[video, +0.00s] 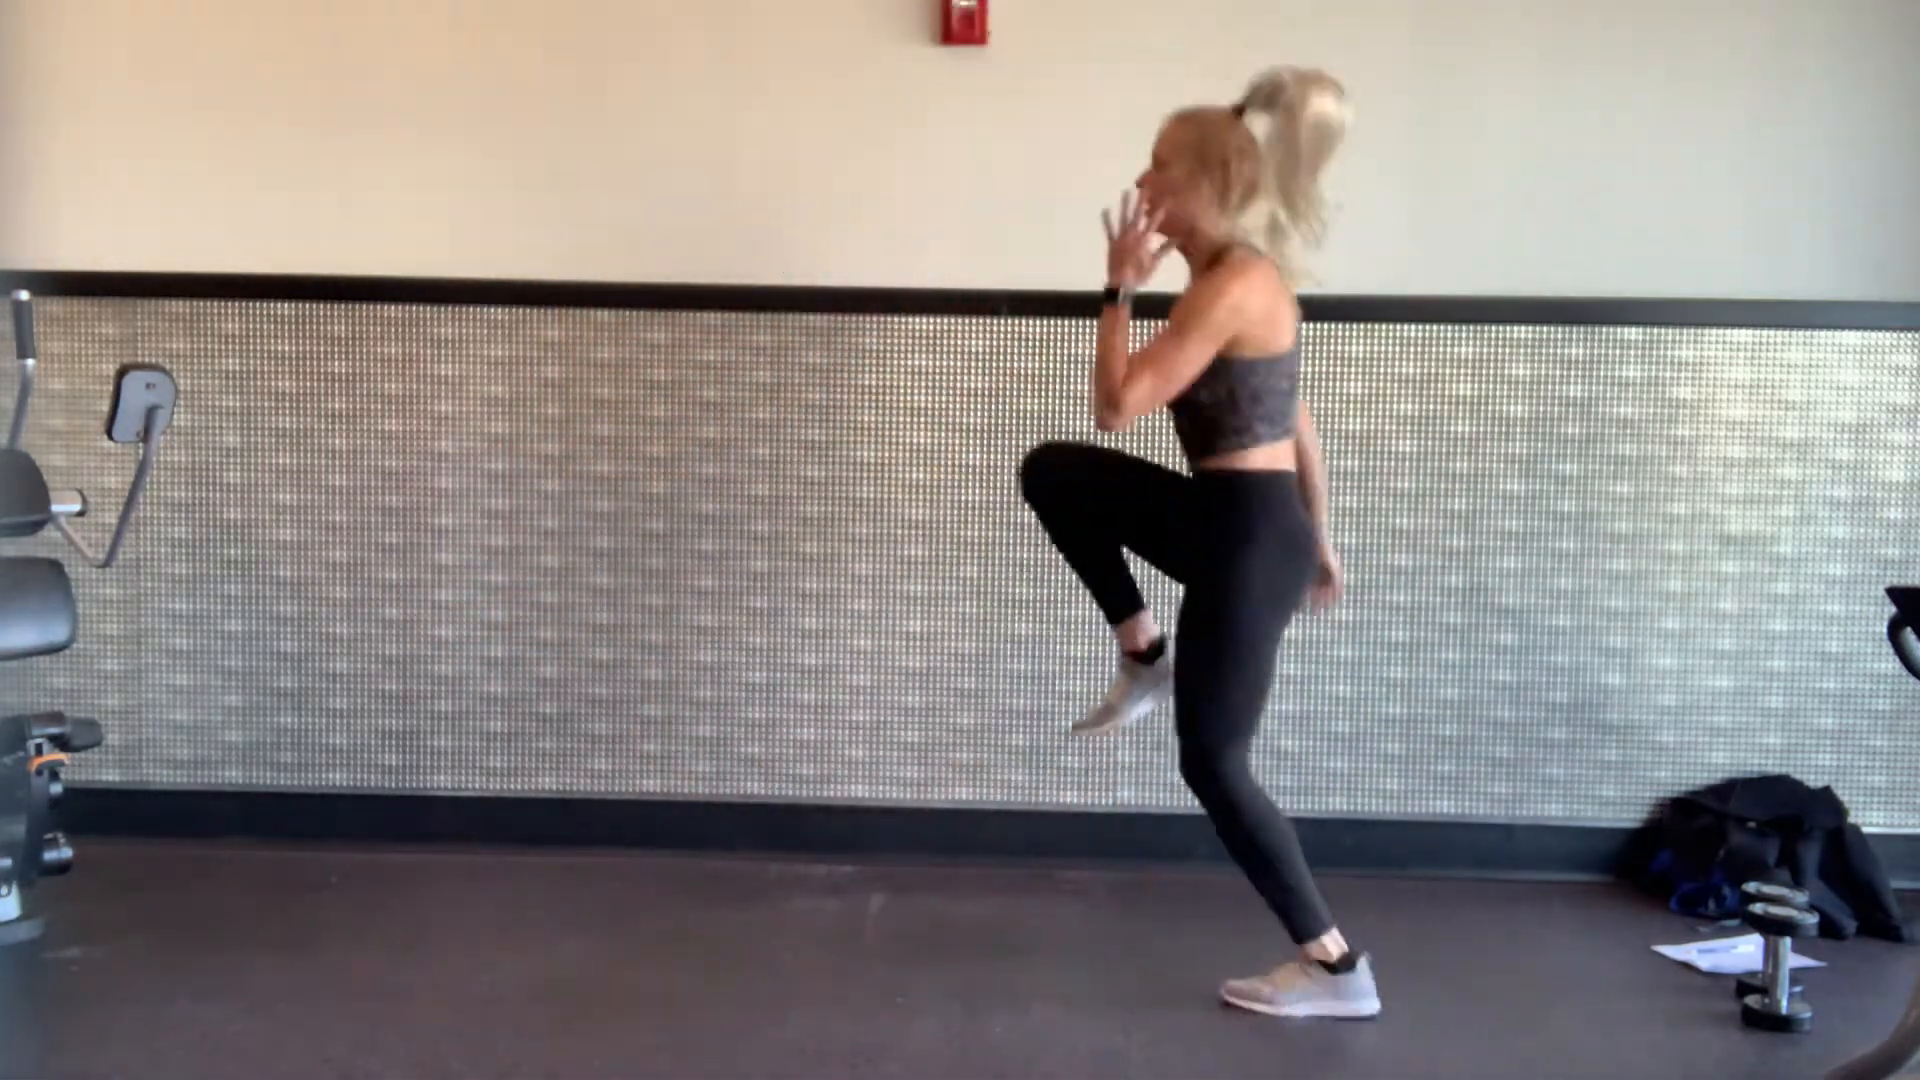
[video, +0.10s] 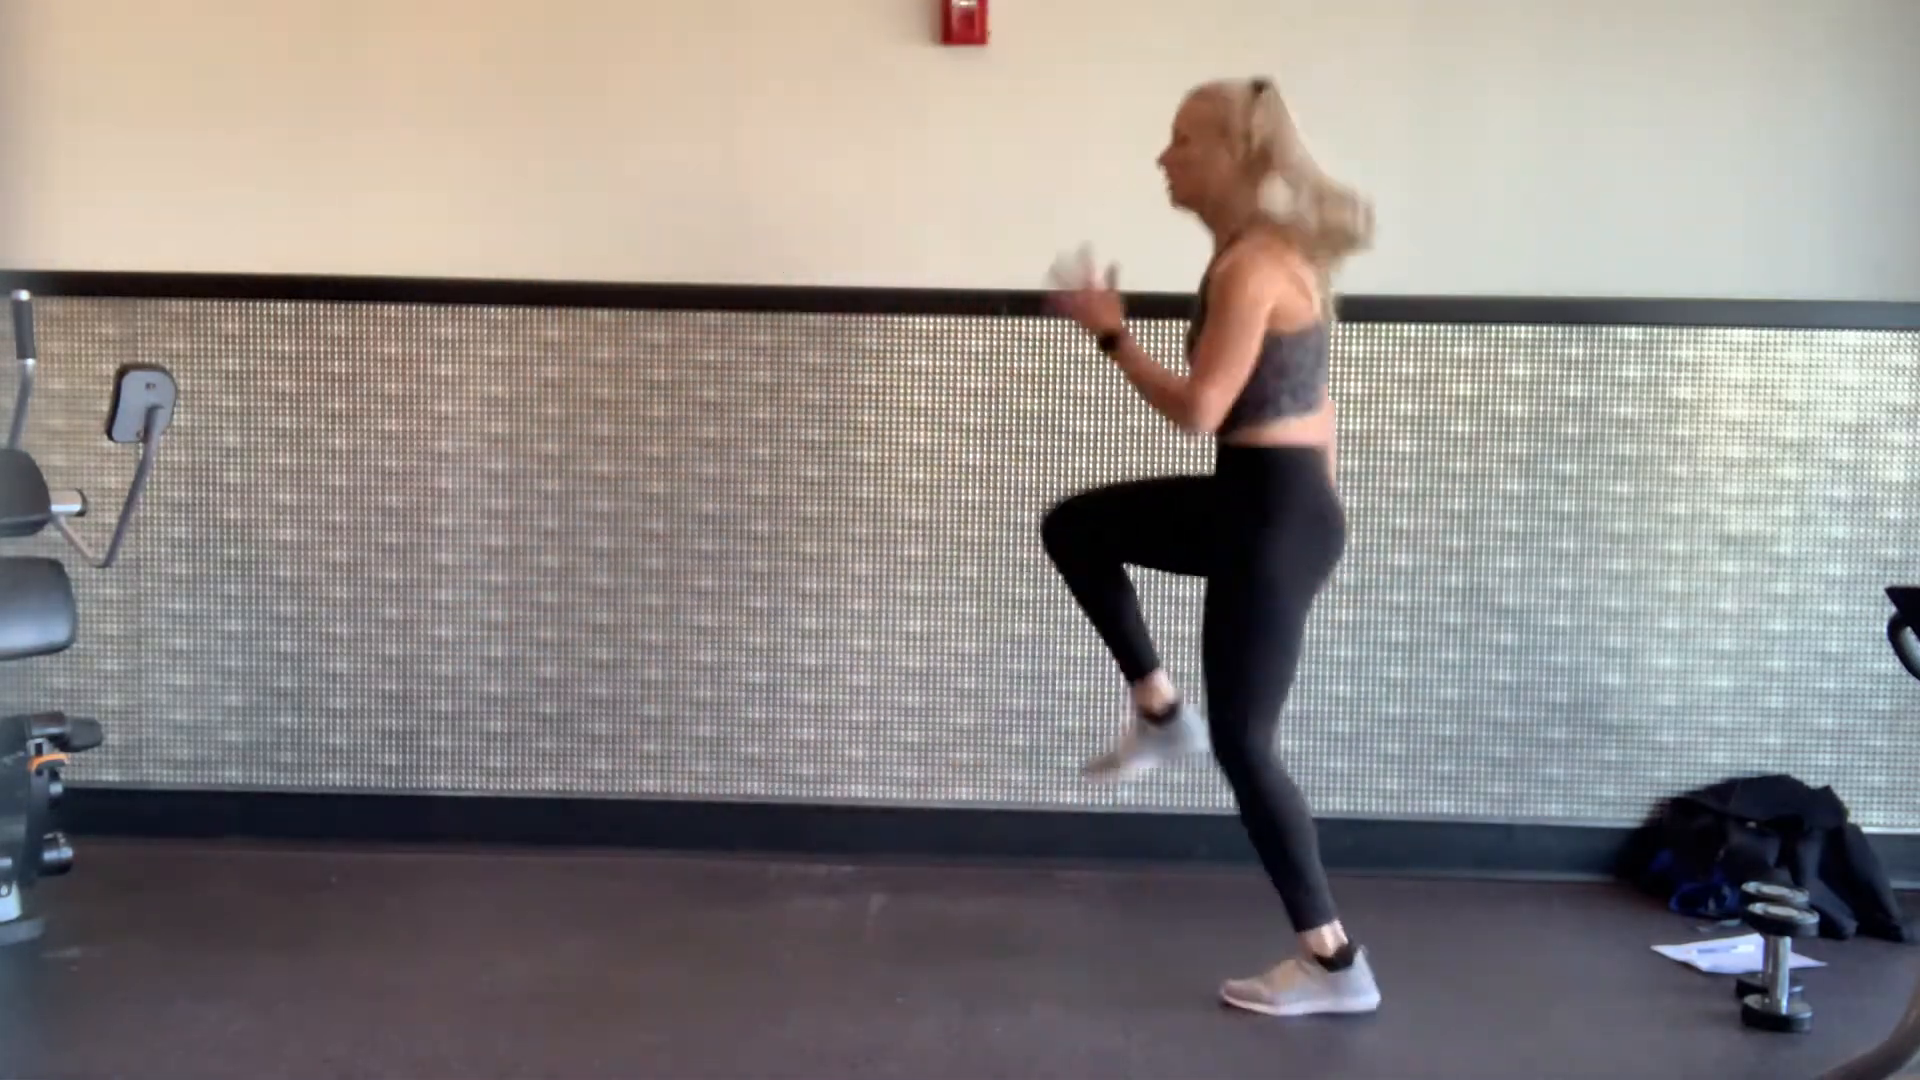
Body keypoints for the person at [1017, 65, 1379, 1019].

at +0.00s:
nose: (1146, 183)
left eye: (1163, 170)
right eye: (1152, 166)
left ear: (1210, 190)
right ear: (1219, 191)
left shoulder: (1237, 285)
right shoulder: (1238, 277)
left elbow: (1115, 406)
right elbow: (1293, 424)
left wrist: (1119, 283)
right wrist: (1316, 534)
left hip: (1252, 536)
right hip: (1234, 519)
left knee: (1211, 757)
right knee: (1048, 474)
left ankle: (1332, 961)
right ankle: (1142, 649)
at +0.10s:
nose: (1164, 158)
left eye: (1181, 144)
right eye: (1171, 142)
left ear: (1230, 160)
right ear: (1241, 162)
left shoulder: (1253, 266)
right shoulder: (1279, 255)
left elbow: (1198, 410)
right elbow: (1301, 398)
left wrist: (1109, 334)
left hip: (1279, 518)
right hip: (1264, 506)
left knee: (1239, 737)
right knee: (1074, 530)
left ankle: (1331, 957)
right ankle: (1156, 708)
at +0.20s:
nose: (1183, 110)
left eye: (1198, 96)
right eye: (1190, 94)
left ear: (1244, 112)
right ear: (1248, 113)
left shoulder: (1279, 217)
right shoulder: (1265, 208)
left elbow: (1268, 375)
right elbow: (1288, 366)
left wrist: (1147, 411)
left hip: (1306, 473)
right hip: (1275, 466)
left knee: (1265, 699)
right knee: (1130, 604)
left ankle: (1314, 931)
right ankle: (1218, 767)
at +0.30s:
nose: (1194, 122)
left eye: (1213, 108)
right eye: (1202, 105)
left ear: (1266, 127)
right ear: (1255, 128)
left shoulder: (1298, 228)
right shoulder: (1259, 225)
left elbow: (1328, 385)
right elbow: (1276, 383)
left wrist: (1213, 453)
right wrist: (1202, 454)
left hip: (1334, 482)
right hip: (1284, 480)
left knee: (1269, 699)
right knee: (1210, 664)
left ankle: (1338, 934)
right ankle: (1277, 837)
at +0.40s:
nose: (1191, 205)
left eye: (1208, 193)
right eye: (1198, 189)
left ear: (1259, 213)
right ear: (1254, 215)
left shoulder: (1306, 307)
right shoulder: (1246, 308)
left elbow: (1336, 465)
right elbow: (1244, 447)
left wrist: (1209, 478)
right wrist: (1153, 462)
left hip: (1367, 552)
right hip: (1317, 549)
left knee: (1281, 745)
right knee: (1242, 719)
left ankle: (1377, 985)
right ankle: (1322, 896)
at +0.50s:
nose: (1177, 328)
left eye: (1190, 314)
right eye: (1182, 313)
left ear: (1236, 335)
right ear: (1238, 335)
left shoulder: (1293, 426)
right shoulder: (1240, 435)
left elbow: (1266, 582)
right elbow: (1184, 553)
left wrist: (1177, 516)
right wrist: (1139, 499)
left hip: (1420, 637)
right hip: (1362, 631)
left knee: (1278, 769)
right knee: (1229, 729)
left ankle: (1375, 990)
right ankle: (1318, 901)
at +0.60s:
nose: (1171, 424)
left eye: (1185, 411)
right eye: (1177, 409)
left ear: (1231, 430)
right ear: (1235, 432)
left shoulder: (1286, 508)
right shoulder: (1239, 519)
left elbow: (1216, 656)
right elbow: (1167, 631)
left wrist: (1151, 561)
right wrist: (1144, 552)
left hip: (1445, 697)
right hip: (1382, 687)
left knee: (1288, 773)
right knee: (1234, 728)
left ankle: (1378, 996)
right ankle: (1319, 903)